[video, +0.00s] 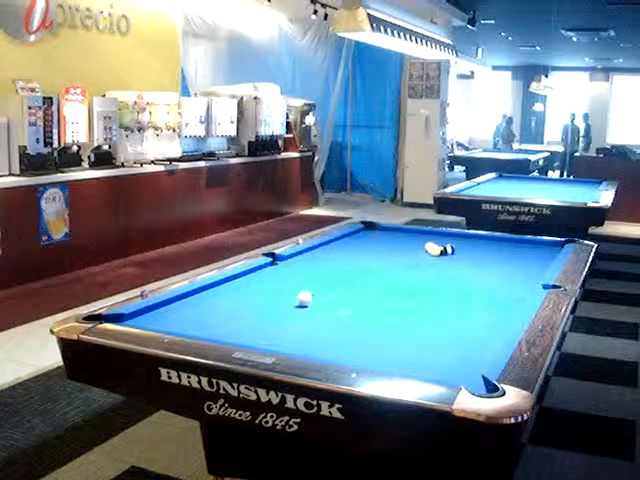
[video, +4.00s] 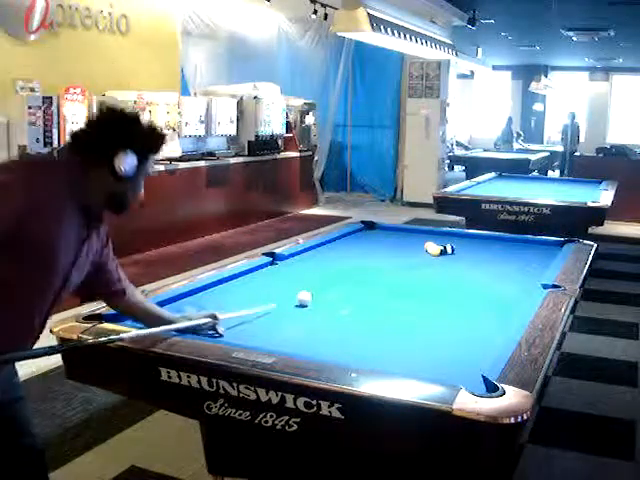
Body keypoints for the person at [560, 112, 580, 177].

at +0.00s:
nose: (572, 119)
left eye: (573, 117)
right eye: (572, 117)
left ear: (575, 118)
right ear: (569, 117)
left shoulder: (577, 128)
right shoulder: (565, 126)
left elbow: (578, 137)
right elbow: (562, 136)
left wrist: (577, 146)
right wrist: (563, 144)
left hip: (573, 147)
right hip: (566, 147)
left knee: (571, 162)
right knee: (563, 161)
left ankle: (569, 174)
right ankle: (561, 174)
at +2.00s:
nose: (572, 117)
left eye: (573, 116)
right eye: (571, 116)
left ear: (574, 117)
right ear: (569, 116)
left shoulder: (576, 127)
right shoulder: (565, 126)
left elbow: (578, 136)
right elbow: (563, 134)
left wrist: (577, 144)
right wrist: (562, 141)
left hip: (572, 145)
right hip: (565, 145)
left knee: (571, 159)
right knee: (563, 159)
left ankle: (569, 172)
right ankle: (561, 172)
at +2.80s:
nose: (572, 119)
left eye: (574, 117)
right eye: (571, 117)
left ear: (576, 118)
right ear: (570, 117)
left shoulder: (578, 126)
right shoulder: (566, 126)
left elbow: (580, 135)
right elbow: (563, 135)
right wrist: (563, 142)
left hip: (574, 146)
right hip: (566, 145)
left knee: (571, 160)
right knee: (563, 159)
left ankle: (569, 173)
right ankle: (561, 173)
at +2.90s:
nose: (572, 119)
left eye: (574, 117)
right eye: (571, 117)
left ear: (576, 117)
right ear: (570, 117)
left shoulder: (577, 126)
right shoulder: (566, 125)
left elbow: (580, 134)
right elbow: (563, 134)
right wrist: (563, 141)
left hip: (574, 145)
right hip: (566, 145)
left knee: (571, 159)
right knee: (563, 158)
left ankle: (569, 173)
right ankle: (561, 173)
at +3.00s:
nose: (572, 119)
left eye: (574, 117)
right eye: (571, 117)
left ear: (575, 117)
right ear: (570, 117)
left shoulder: (577, 126)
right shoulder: (566, 125)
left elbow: (579, 135)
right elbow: (563, 134)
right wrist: (563, 141)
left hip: (574, 146)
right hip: (566, 145)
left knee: (571, 159)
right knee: (563, 159)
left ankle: (569, 173)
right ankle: (561, 172)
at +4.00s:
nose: (571, 119)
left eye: (572, 117)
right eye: (570, 117)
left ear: (574, 117)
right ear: (568, 117)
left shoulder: (576, 126)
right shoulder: (565, 125)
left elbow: (578, 135)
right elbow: (563, 134)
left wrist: (577, 143)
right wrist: (562, 142)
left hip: (573, 145)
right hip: (566, 145)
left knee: (571, 160)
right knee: (563, 160)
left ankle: (570, 173)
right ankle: (562, 173)